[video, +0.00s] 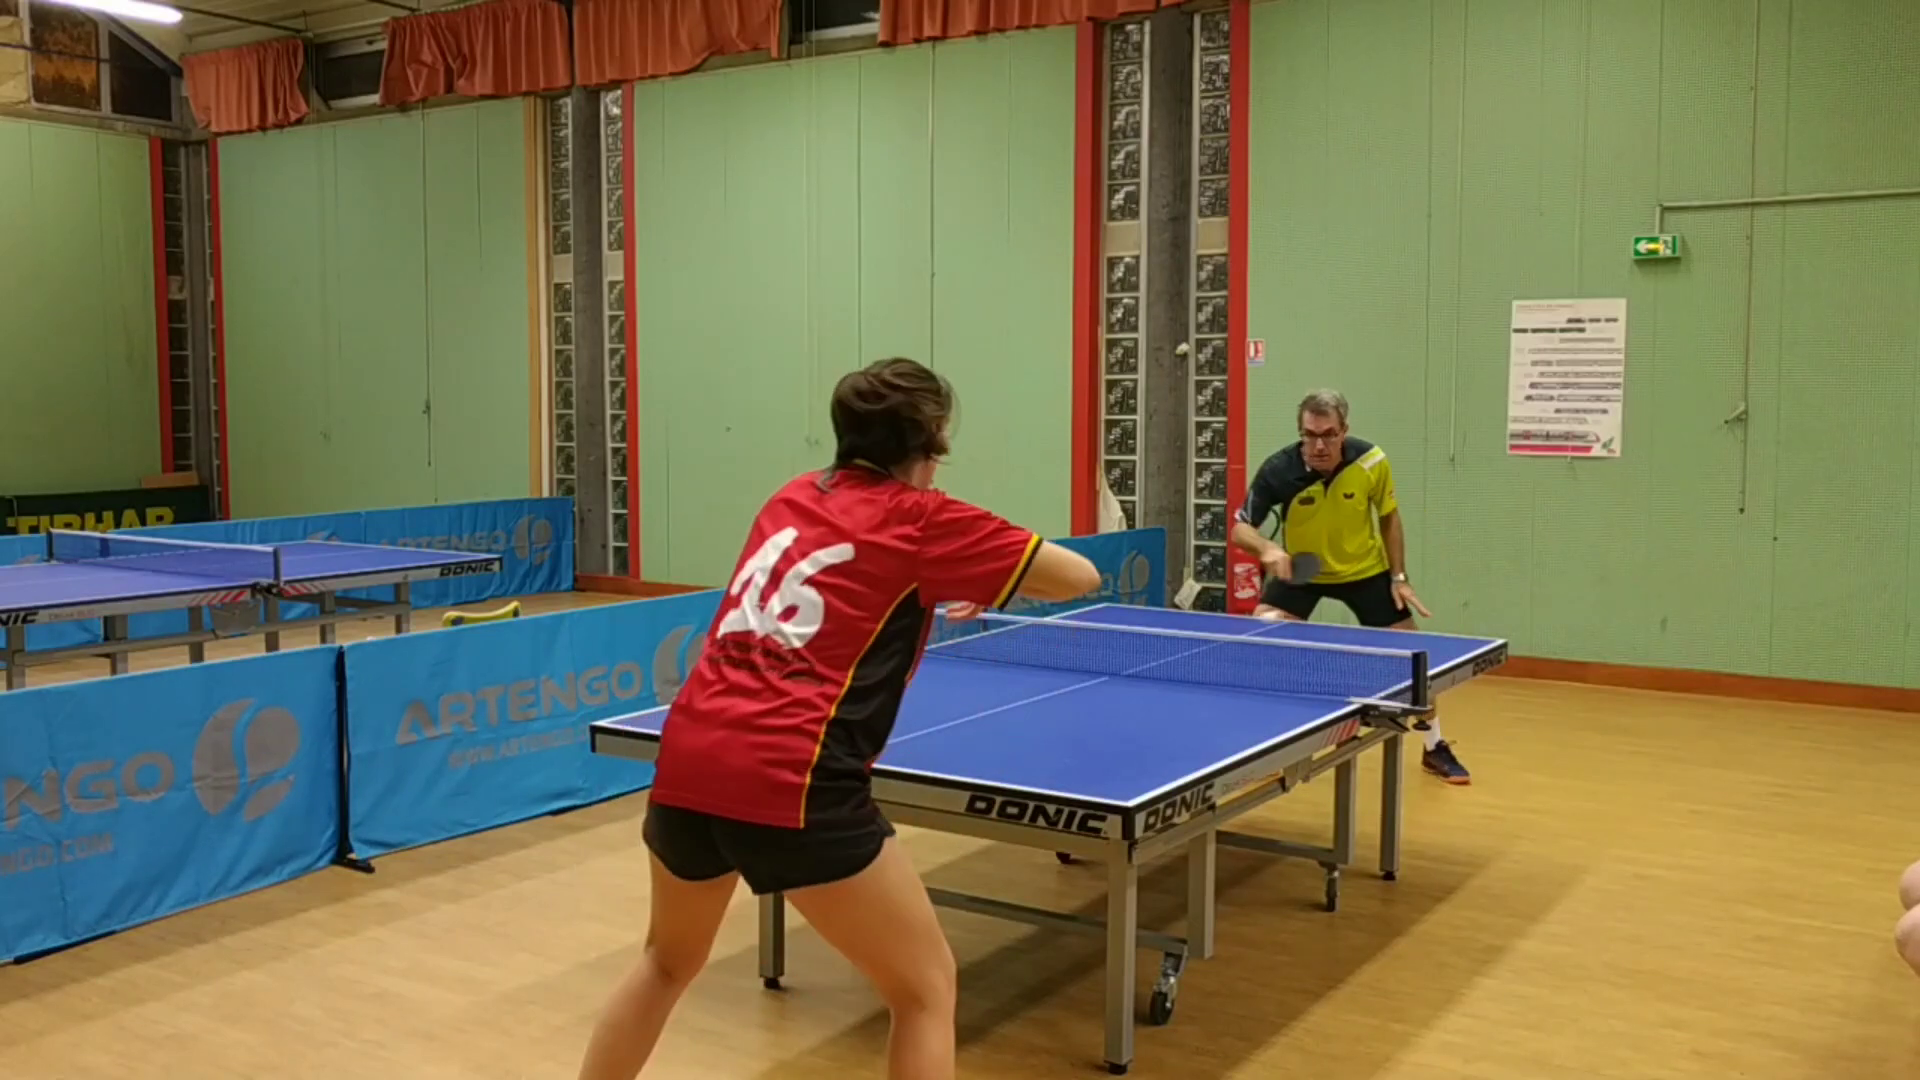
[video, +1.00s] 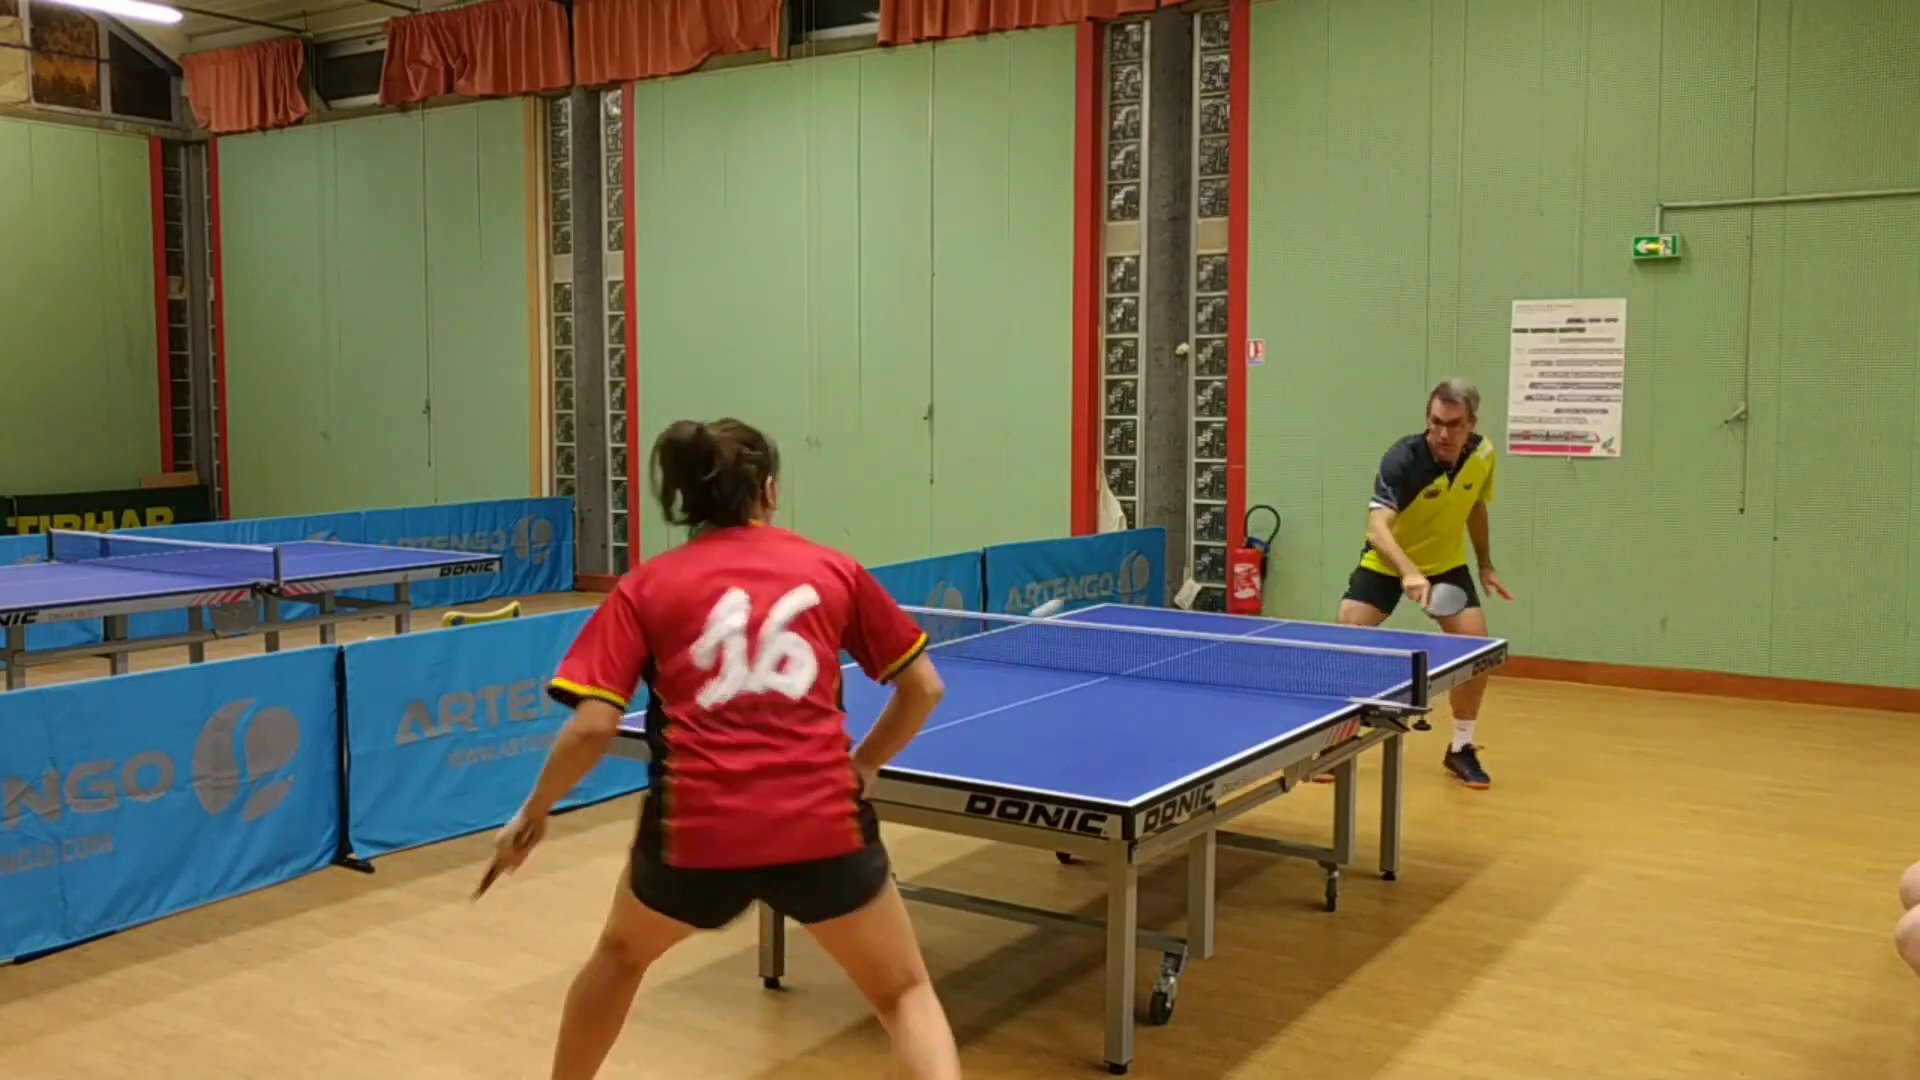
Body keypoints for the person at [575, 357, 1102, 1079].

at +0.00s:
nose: (938, 466)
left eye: (940, 451)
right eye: (938, 450)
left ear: (849, 439)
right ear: (923, 453)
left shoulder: (791, 497)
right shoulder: (920, 518)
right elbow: (1080, 576)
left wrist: (938, 581)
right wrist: (1000, 575)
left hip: (684, 778)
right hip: (795, 794)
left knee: (663, 961)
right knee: (926, 992)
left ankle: (594, 1078)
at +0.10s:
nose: (922, 442)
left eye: (920, 429)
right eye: (919, 430)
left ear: (831, 437)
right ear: (905, 442)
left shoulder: (775, 500)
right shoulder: (908, 518)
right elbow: (1067, 570)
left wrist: (930, 569)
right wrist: (990, 559)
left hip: (677, 775)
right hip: (790, 790)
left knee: (640, 965)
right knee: (921, 991)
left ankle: (581, 1079)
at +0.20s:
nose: (892, 454)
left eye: (890, 439)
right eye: (889, 440)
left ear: (801, 450)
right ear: (873, 452)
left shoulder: (747, 516)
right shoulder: (877, 531)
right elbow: (1033, 589)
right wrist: (964, 572)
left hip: (652, 789)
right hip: (764, 802)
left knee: (626, 973)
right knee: (910, 988)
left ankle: (571, 1079)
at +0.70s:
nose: (837, 468)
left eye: (836, 455)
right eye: (835, 455)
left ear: (744, 460)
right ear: (815, 462)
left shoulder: (692, 529)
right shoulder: (817, 532)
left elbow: (718, 633)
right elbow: (947, 622)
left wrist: (815, 648)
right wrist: (911, 636)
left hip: (602, 787)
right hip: (704, 793)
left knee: (639, 927)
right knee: (857, 991)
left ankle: (565, 1074)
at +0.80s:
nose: (823, 489)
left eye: (821, 475)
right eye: (821, 477)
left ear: (733, 484)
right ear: (804, 485)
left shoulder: (681, 555)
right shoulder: (811, 559)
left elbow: (721, 682)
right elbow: (936, 652)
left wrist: (815, 684)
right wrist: (927, 680)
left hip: (599, 815)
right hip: (708, 820)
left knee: (623, 957)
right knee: (875, 987)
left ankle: (558, 1075)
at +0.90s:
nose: (798, 487)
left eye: (798, 476)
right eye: (797, 476)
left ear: (704, 489)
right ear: (783, 484)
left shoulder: (652, 566)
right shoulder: (819, 564)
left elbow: (592, 707)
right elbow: (935, 666)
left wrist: (642, 761)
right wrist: (896, 714)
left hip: (635, 814)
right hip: (754, 818)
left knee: (615, 961)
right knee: (884, 987)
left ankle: (557, 1074)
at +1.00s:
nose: (777, 489)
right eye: (775, 481)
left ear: (686, 498)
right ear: (766, 490)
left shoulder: (647, 586)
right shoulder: (828, 569)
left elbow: (595, 725)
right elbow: (923, 687)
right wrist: (864, 763)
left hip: (696, 838)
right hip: (822, 829)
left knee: (620, 959)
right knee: (904, 993)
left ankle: (566, 1076)